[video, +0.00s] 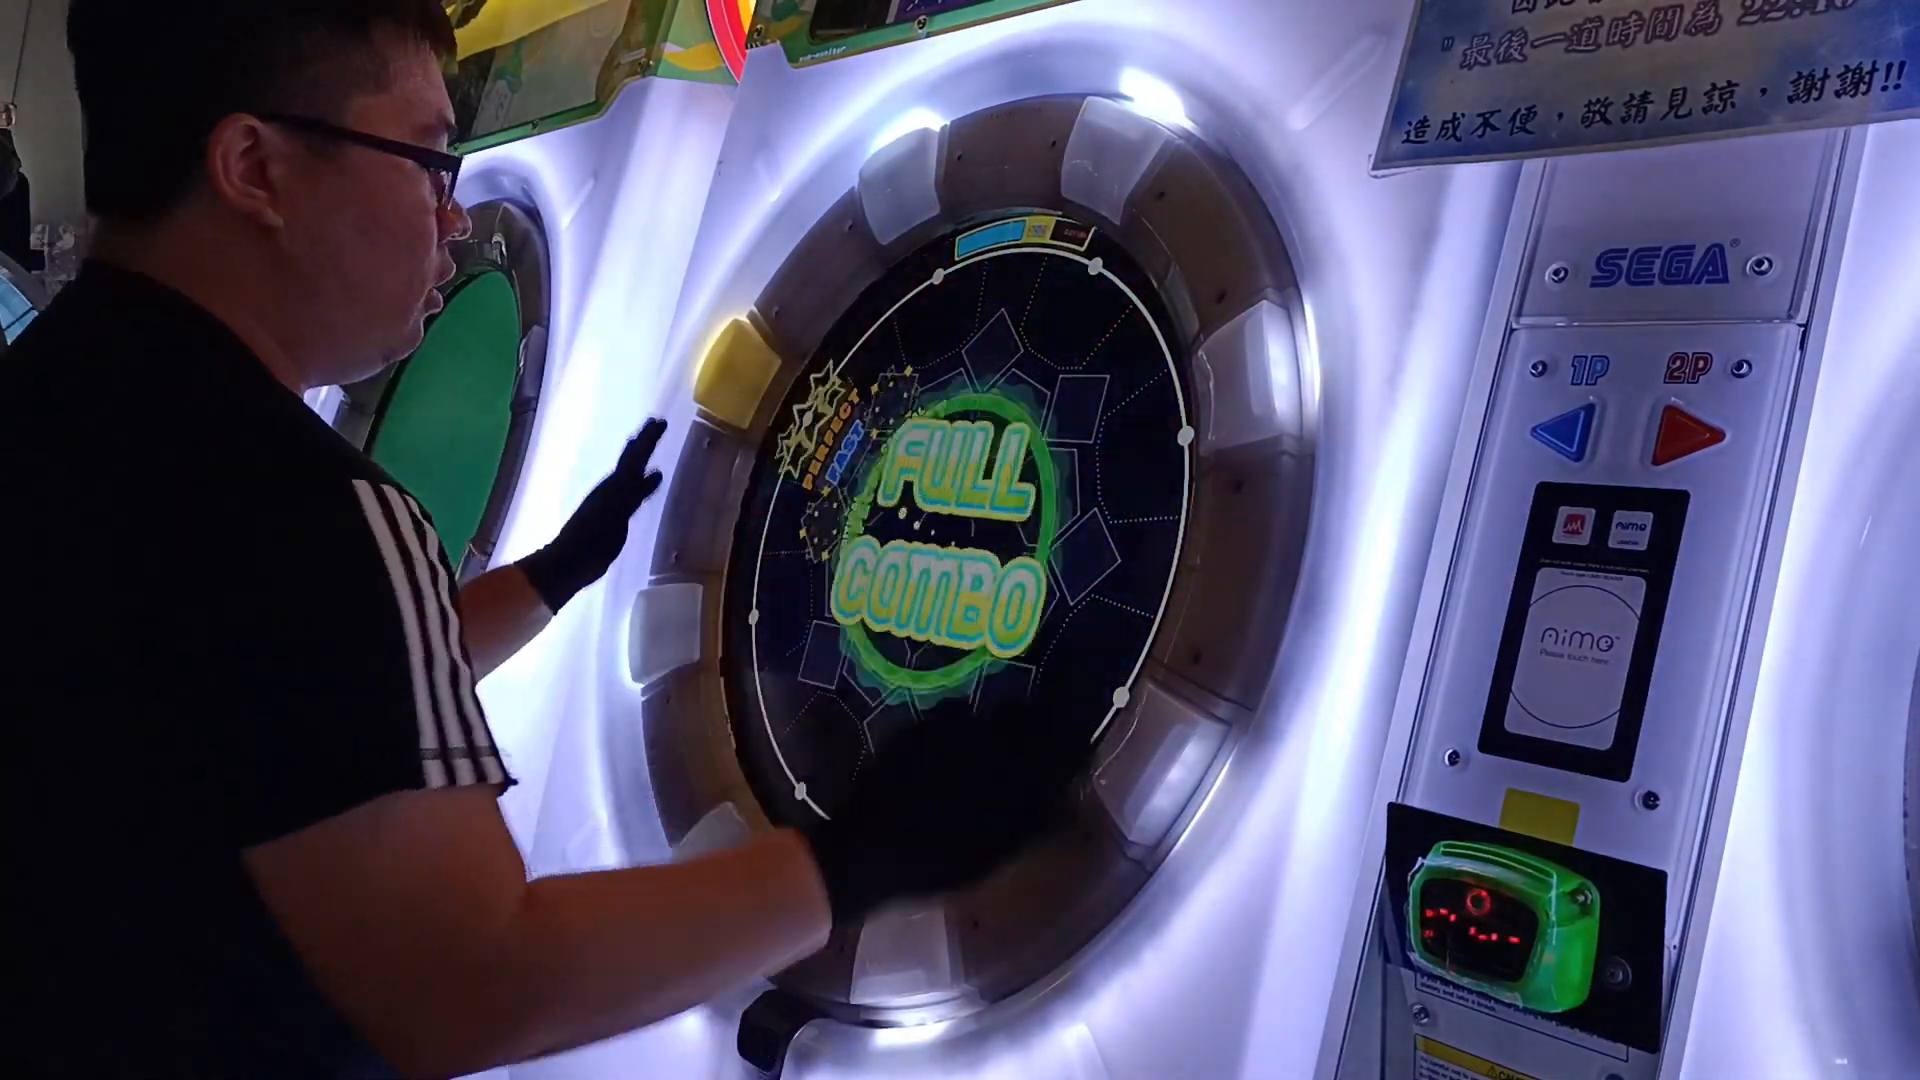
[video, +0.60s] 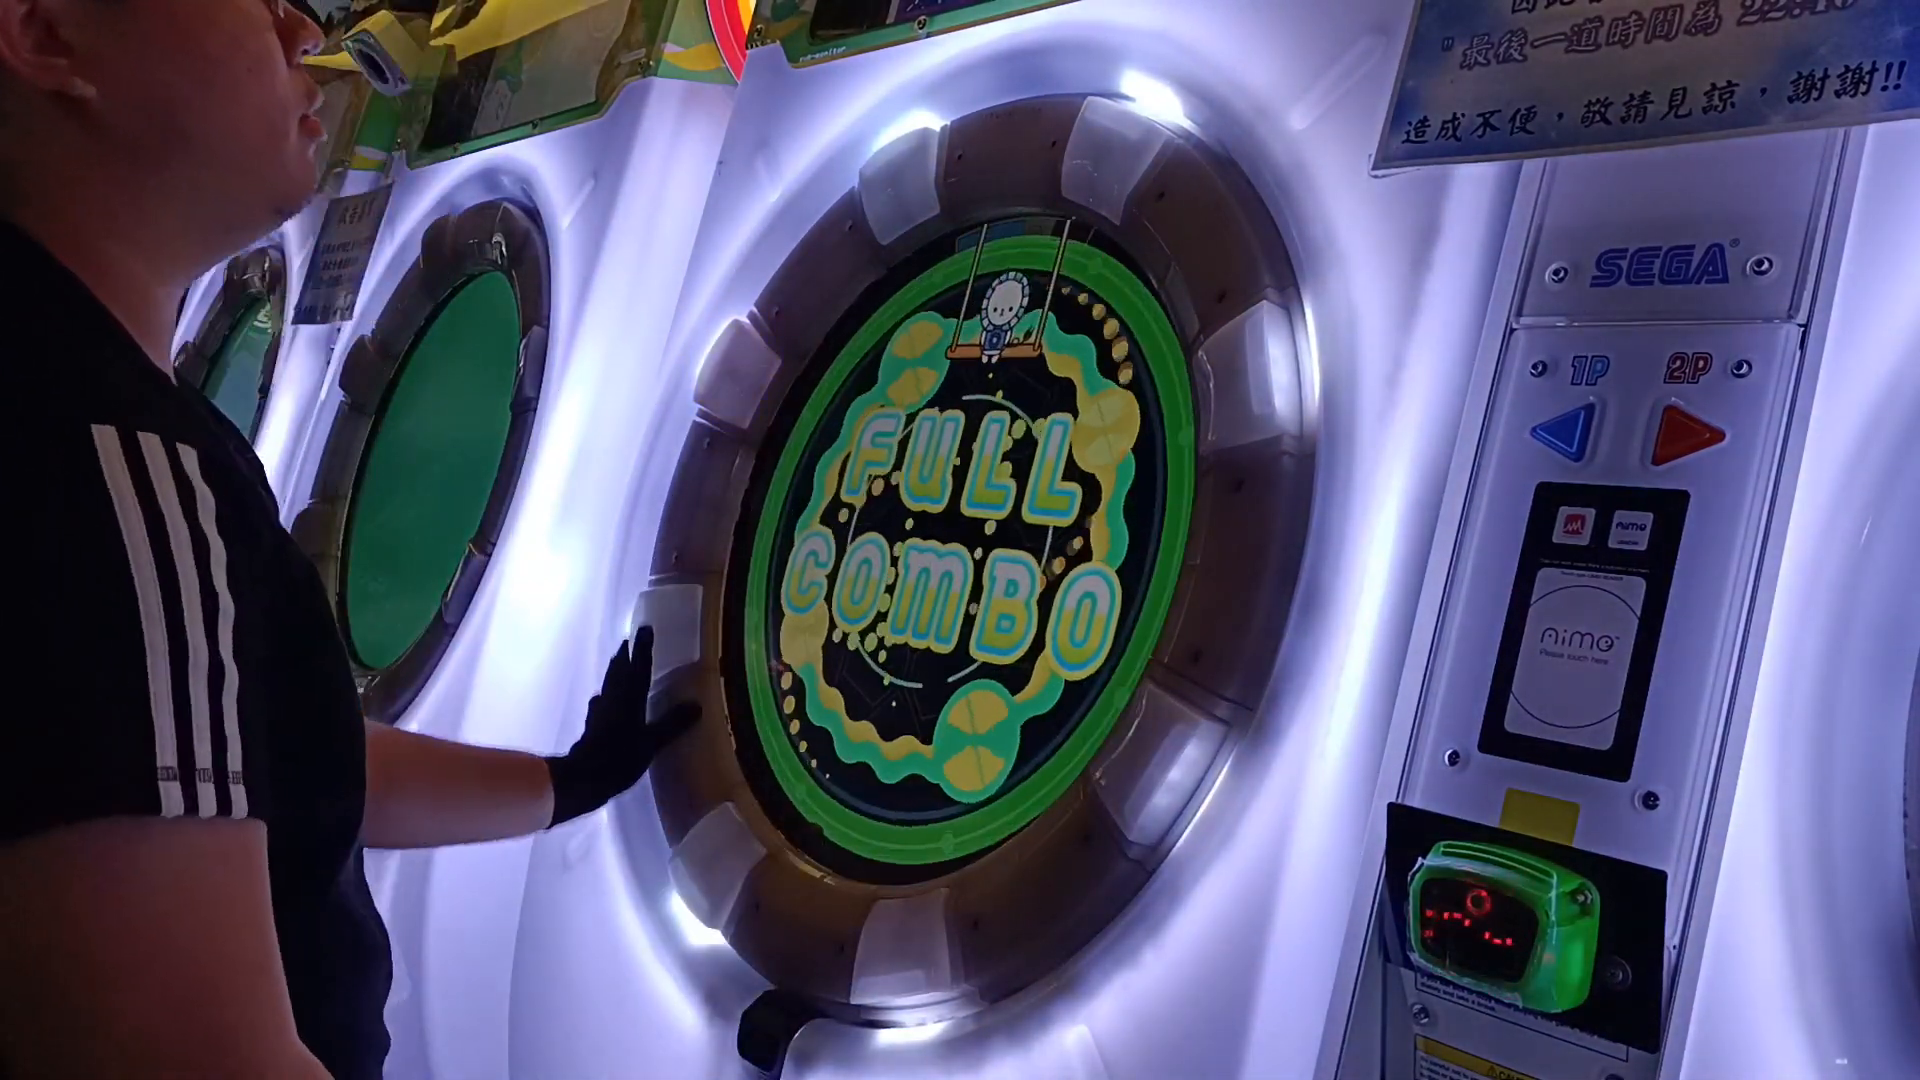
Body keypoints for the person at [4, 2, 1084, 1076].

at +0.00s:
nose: (458, 219)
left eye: (451, 166)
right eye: (430, 163)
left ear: (251, 178)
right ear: (254, 173)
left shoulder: (53, 402)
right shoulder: (269, 494)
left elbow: (305, 711)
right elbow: (456, 991)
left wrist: (558, 570)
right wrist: (860, 855)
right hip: (265, 1052)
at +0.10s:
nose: (462, 209)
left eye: (451, 159)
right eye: (430, 153)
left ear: (249, 158)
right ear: (250, 155)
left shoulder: (63, 388)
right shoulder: (262, 476)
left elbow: (304, 722)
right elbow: (292, 1009)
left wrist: (580, 628)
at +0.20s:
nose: (458, 185)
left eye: (446, 131)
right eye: (429, 124)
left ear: (244, 138)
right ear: (243, 136)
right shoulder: (212, 438)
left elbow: (316, 723)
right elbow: (157, 1004)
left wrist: (577, 650)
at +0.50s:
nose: (348, 59)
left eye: (321, 22)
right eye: (298, 13)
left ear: (103, 60)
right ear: (96, 57)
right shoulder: (119, 435)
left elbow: (303, 731)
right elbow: (166, 1052)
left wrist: (578, 704)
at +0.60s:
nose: (306, 31)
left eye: (283, 7)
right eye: (256, 1)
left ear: (50, 47)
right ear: (47, 41)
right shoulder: (98, 448)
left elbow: (277, 755)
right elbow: (189, 1057)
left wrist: (567, 782)